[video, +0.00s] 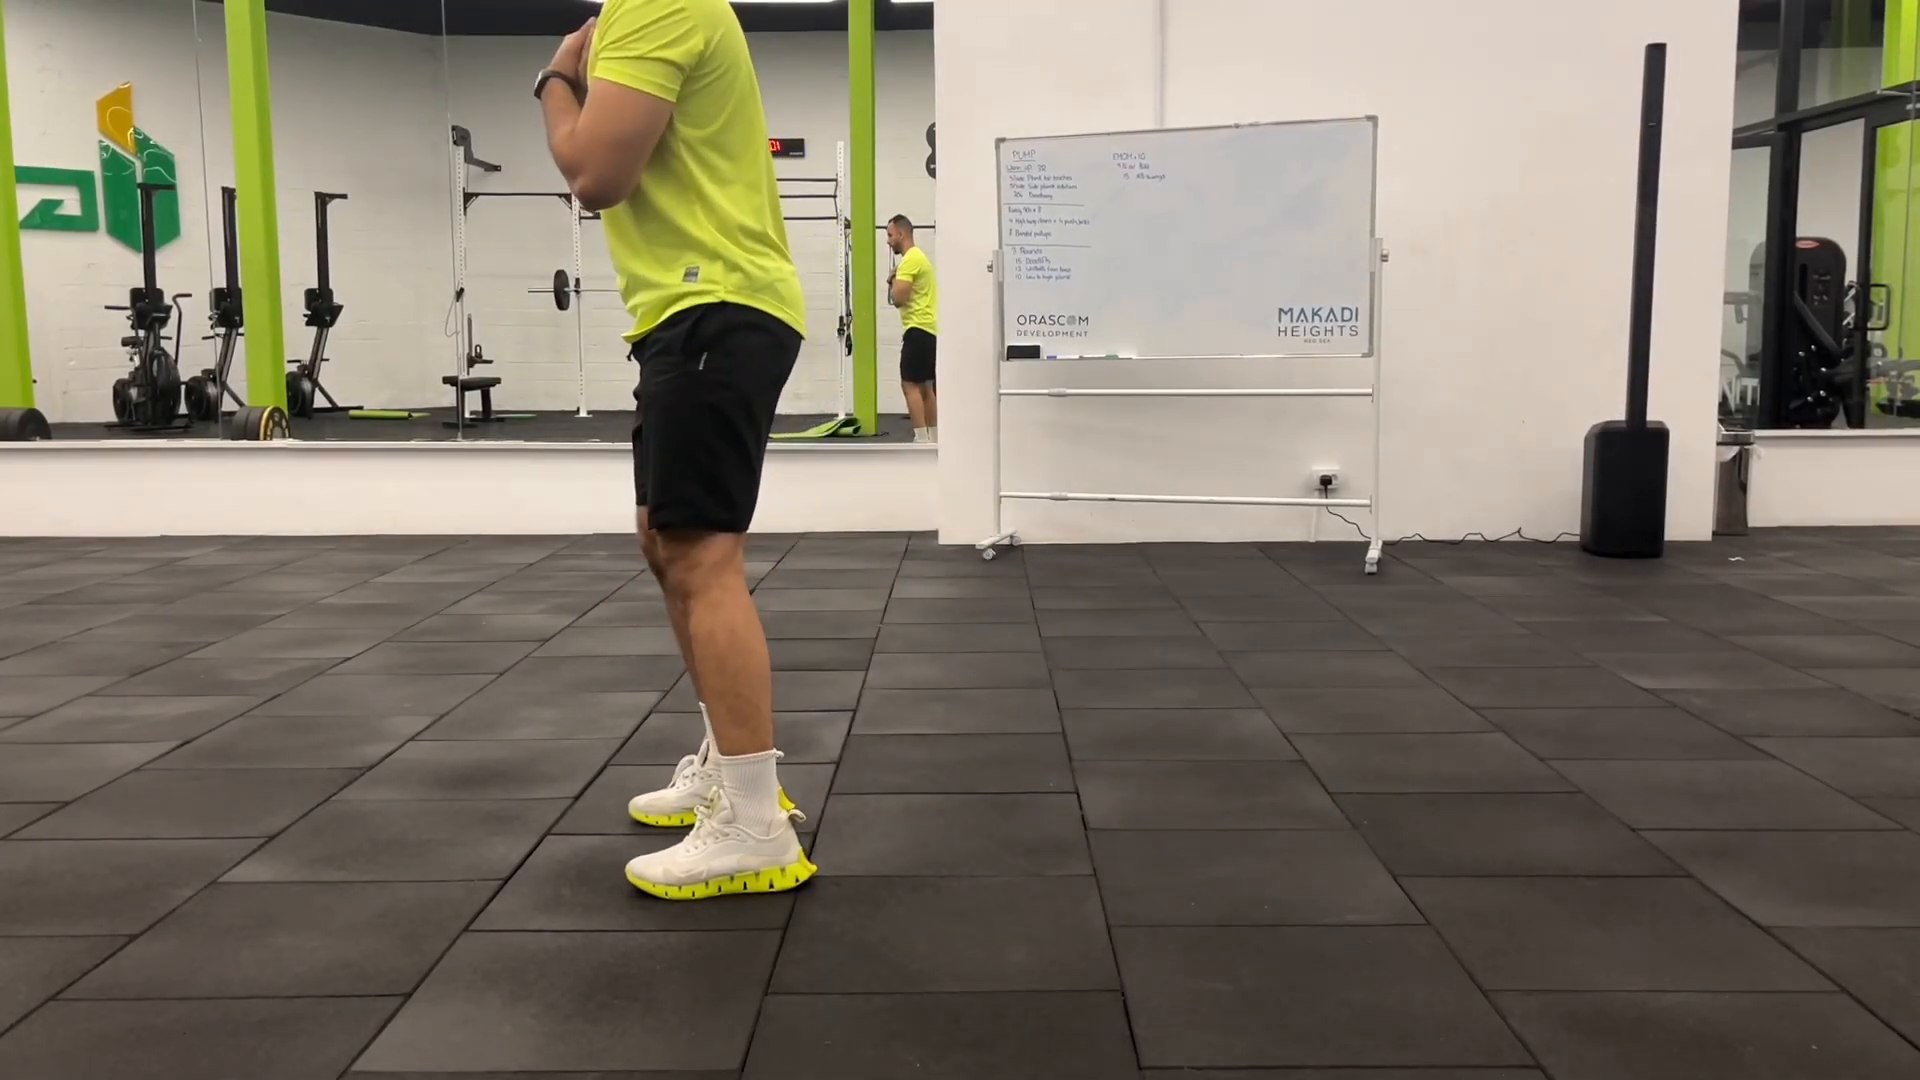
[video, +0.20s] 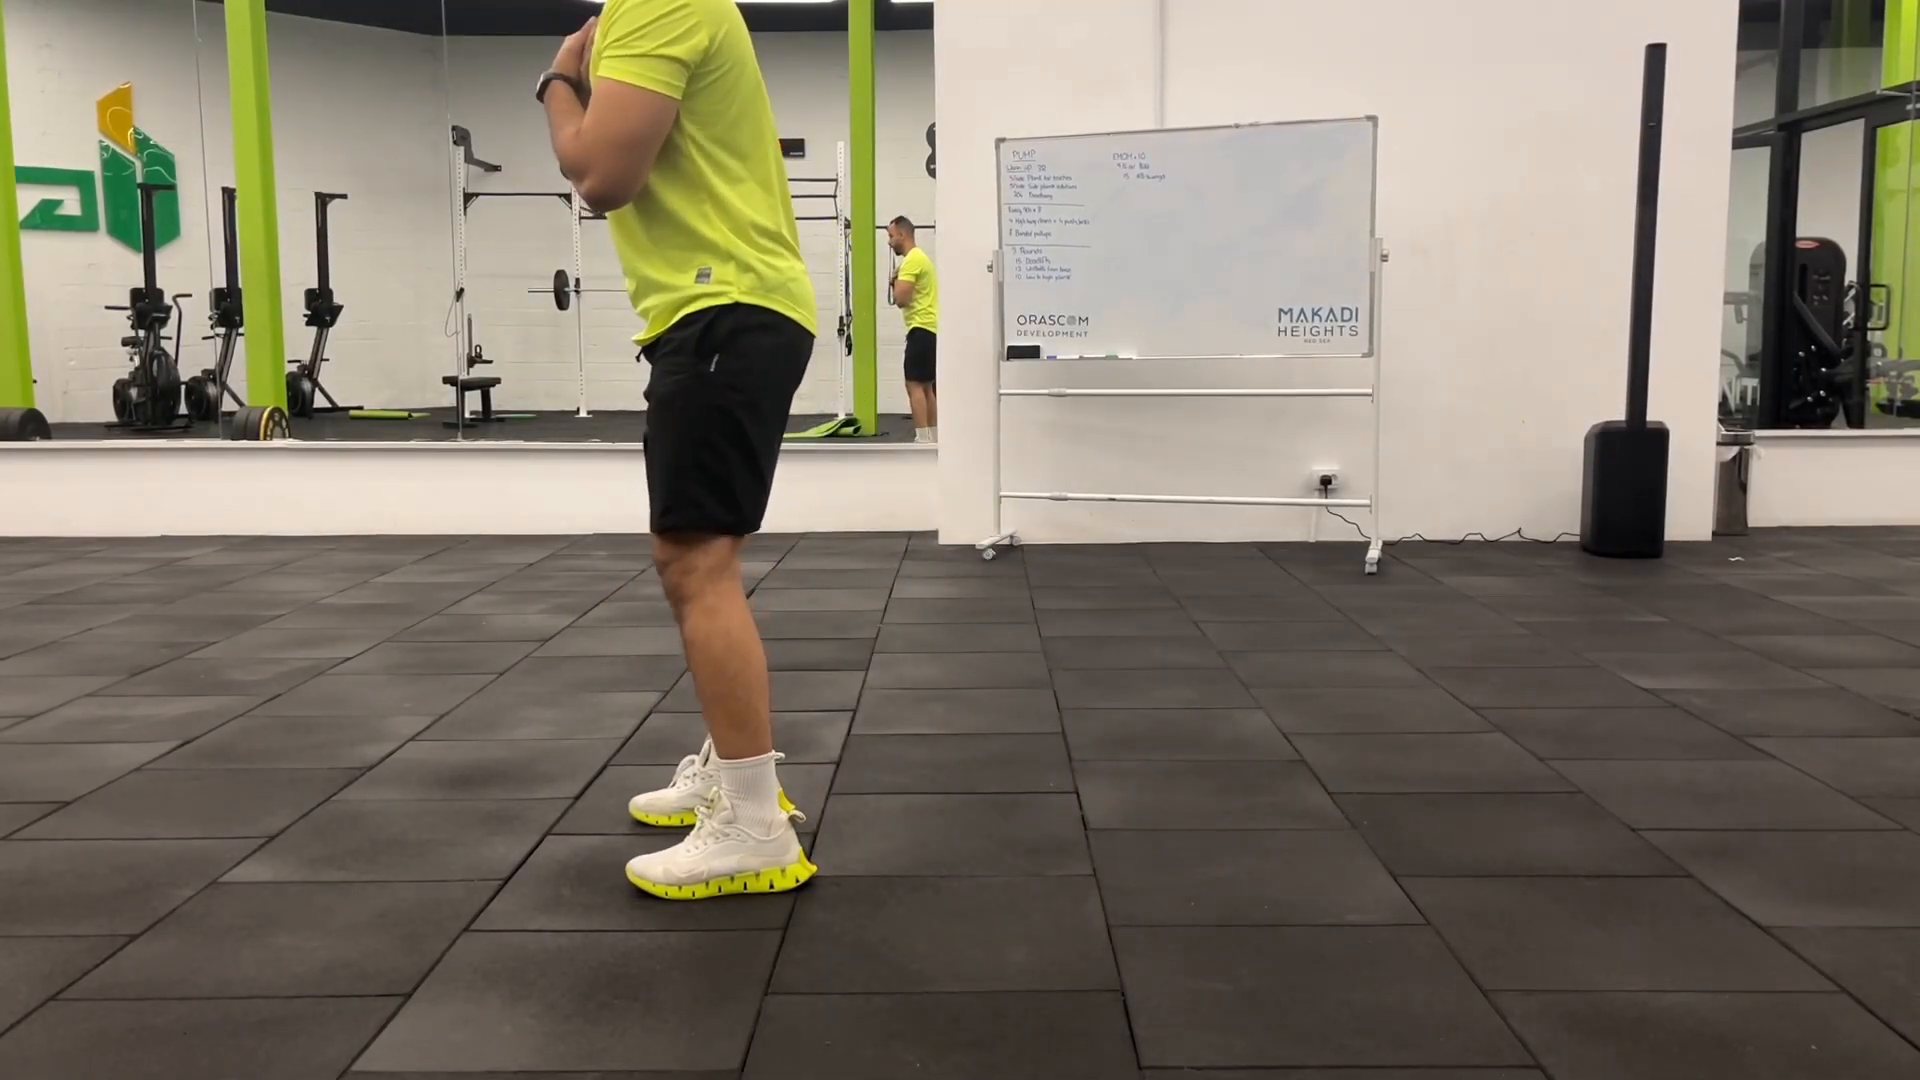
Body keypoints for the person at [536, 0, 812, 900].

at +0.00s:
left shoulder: (663, 9)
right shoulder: (633, 18)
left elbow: (595, 174)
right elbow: (604, 167)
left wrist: (557, 85)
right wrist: (576, 89)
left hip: (720, 305)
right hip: (685, 308)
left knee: (702, 555)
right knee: (667, 540)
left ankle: (757, 824)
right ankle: (730, 758)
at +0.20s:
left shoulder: (665, 8)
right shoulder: (638, 16)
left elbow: (602, 175)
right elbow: (614, 165)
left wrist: (559, 85)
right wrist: (579, 87)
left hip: (727, 309)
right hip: (706, 309)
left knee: (698, 565)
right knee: (693, 558)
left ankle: (755, 825)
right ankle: (732, 763)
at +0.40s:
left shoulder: (641, 6)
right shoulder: (647, 12)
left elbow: (599, 195)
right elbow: (597, 186)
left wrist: (552, 105)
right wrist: (571, 114)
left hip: (742, 307)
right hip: (764, 305)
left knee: (700, 571)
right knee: (732, 561)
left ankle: (753, 825)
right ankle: (736, 765)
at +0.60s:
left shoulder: (625, 11)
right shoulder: (648, 15)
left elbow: (604, 215)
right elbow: (617, 201)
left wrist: (544, 126)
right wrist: (568, 124)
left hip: (759, 311)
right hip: (808, 304)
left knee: (706, 573)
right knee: (773, 551)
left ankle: (750, 828)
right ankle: (898, 745)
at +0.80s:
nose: (480, 5)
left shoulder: (616, 35)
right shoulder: (634, 31)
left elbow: (619, 244)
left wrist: (542, 158)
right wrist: (577, 143)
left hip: (775, 322)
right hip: (835, 313)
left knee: (697, 585)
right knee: (864, 561)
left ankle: (750, 829)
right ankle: (1072, 714)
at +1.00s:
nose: (460, 36)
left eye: (467, 9)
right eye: (455, 17)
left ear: (530, 1)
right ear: (543, 8)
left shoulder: (632, 89)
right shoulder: (641, 79)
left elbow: (641, 302)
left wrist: (561, 223)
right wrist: (590, 223)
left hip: (807, 357)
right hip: (877, 342)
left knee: (678, 592)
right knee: (950, 583)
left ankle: (747, 830)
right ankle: (1181, 730)